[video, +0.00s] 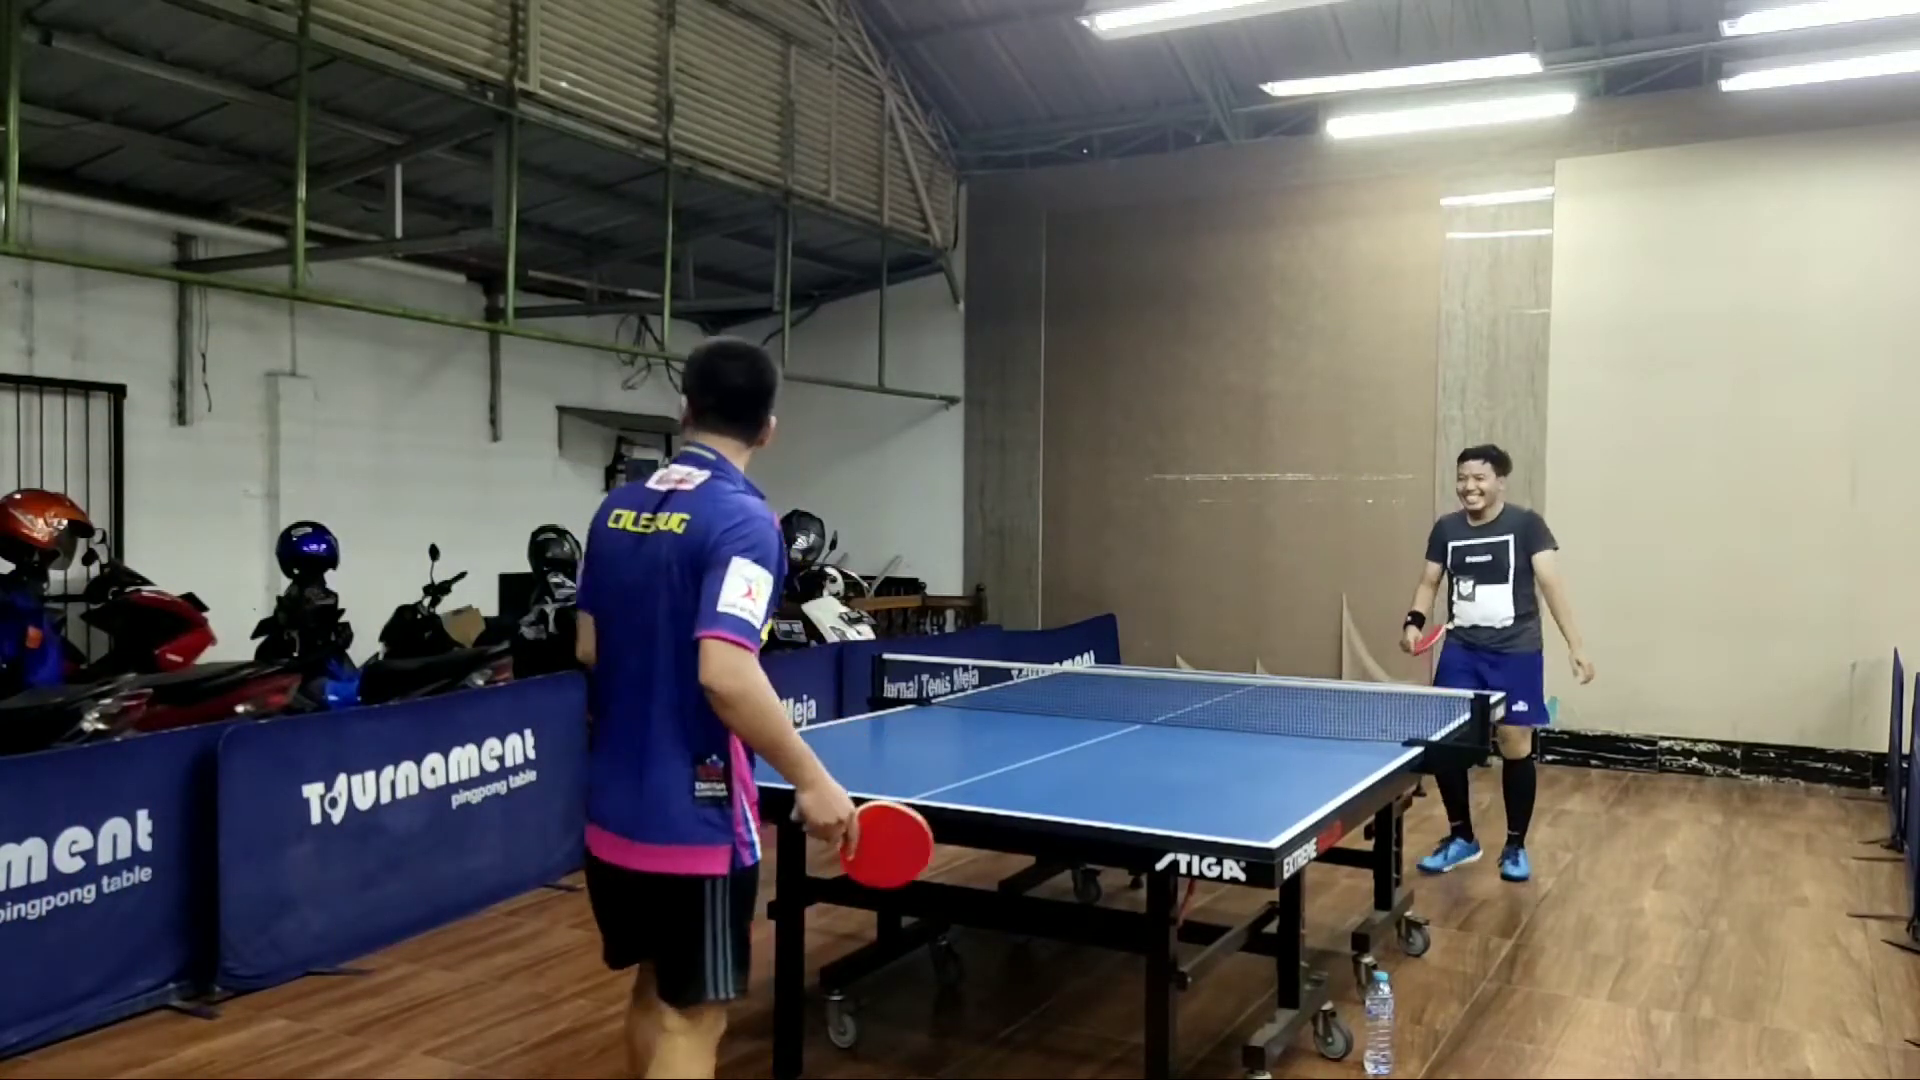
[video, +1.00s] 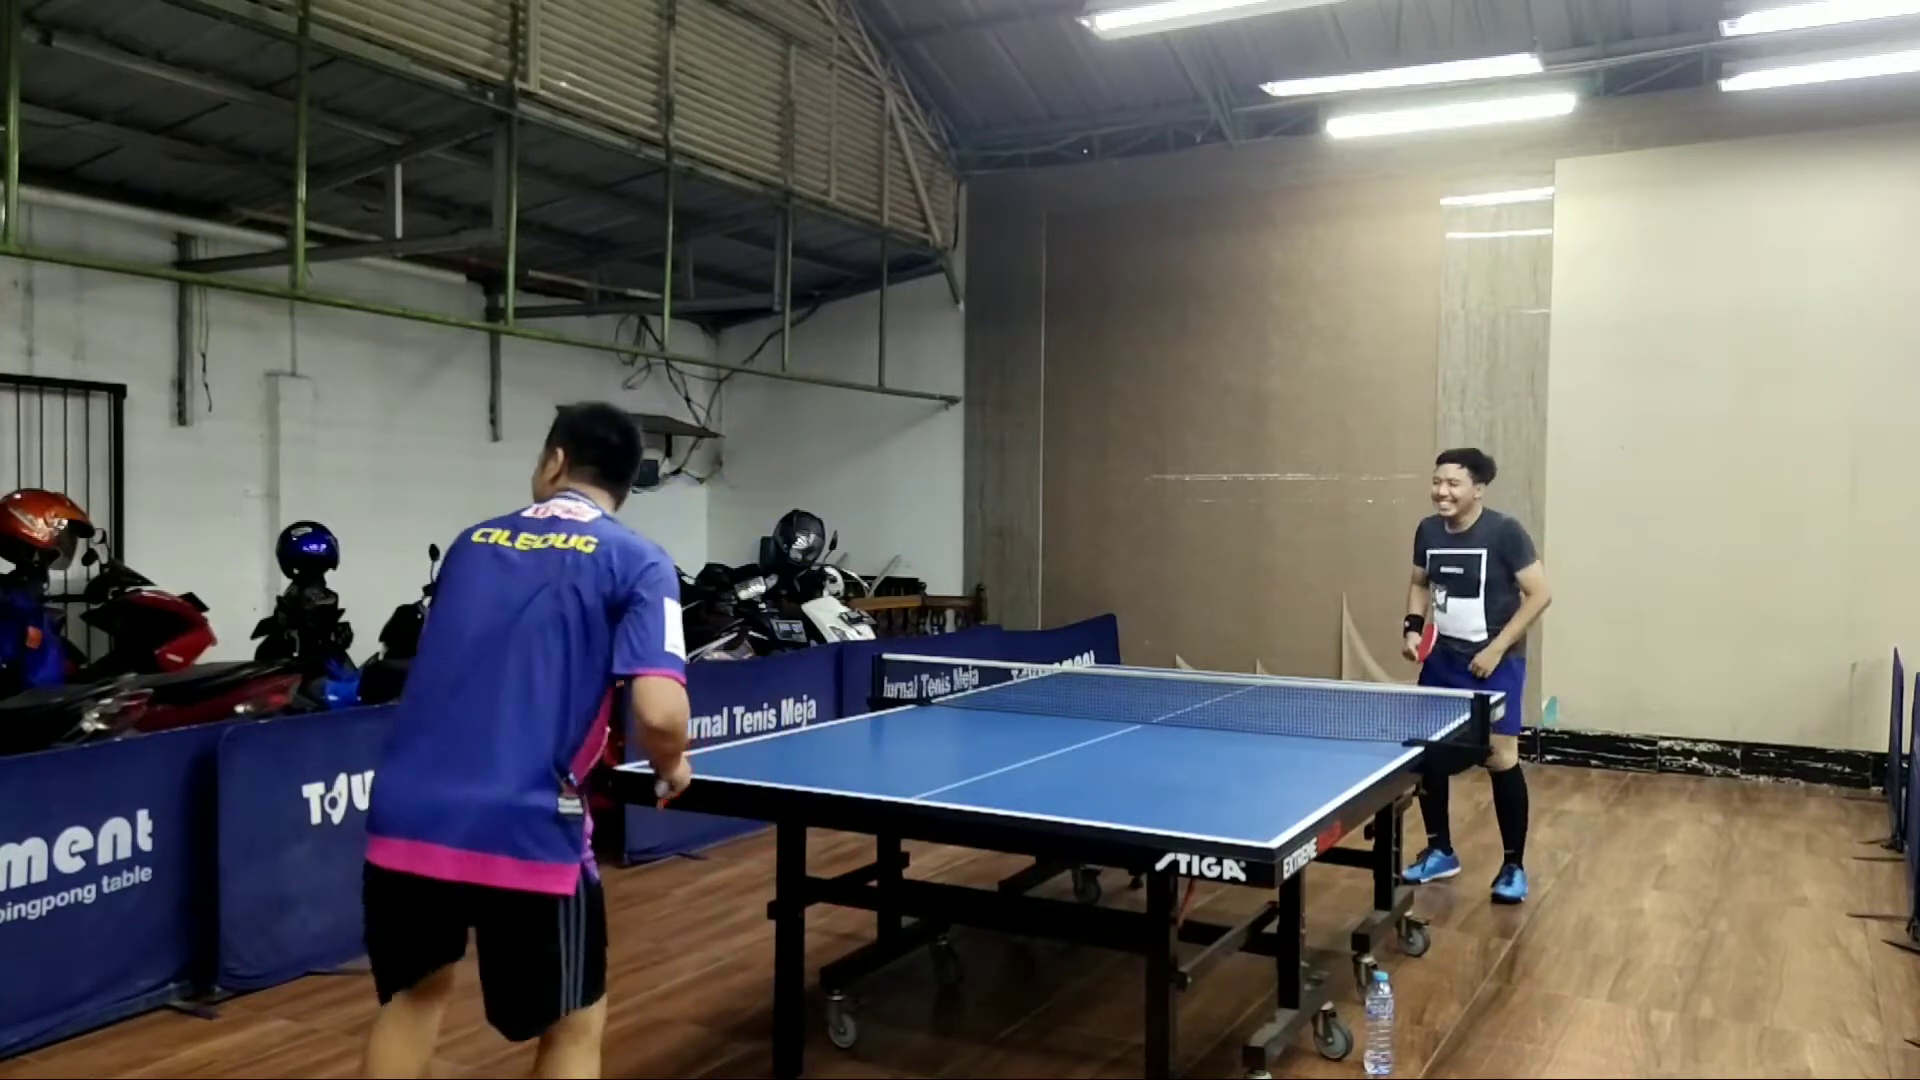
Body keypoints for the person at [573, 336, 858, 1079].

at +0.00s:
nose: (769, 422)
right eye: (771, 412)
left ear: (684, 410)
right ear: (766, 424)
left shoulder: (619, 505)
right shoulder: (744, 517)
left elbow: (591, 646)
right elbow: (726, 671)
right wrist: (813, 779)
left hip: (616, 807)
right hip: (694, 822)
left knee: (653, 986)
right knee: (692, 1019)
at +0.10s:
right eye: (749, 416)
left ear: (663, 413)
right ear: (748, 427)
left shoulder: (596, 506)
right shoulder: (741, 523)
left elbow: (552, 645)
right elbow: (729, 671)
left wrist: (628, 692)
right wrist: (798, 789)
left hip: (598, 809)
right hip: (692, 821)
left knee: (611, 987)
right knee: (684, 1021)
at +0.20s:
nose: (632, 410)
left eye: (634, 401)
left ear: (642, 409)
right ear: (726, 424)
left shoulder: (570, 508)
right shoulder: (730, 522)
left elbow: (525, 650)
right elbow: (725, 673)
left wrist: (606, 685)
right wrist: (785, 791)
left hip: (578, 813)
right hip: (679, 825)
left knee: (568, 966)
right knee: (678, 1015)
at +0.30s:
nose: (608, 410)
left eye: (610, 400)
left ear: (619, 407)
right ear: (702, 422)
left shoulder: (545, 509)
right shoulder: (713, 525)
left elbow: (505, 655)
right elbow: (713, 679)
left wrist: (581, 683)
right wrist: (769, 783)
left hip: (552, 816)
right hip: (659, 829)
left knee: (517, 976)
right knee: (671, 1013)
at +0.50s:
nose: (551, 418)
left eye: (553, 407)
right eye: (556, 408)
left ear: (564, 415)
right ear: (643, 434)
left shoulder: (486, 513)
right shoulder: (655, 536)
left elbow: (448, 661)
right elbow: (654, 691)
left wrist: (533, 656)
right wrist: (713, 769)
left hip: (475, 832)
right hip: (599, 843)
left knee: (430, 1020)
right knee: (653, 1022)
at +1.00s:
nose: (537, 468)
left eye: (540, 458)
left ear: (554, 462)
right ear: (625, 486)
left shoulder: (473, 538)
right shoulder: (636, 558)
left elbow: (444, 663)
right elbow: (658, 715)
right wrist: (670, 764)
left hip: (405, 818)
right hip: (526, 831)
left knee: (412, 989)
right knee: (573, 1021)